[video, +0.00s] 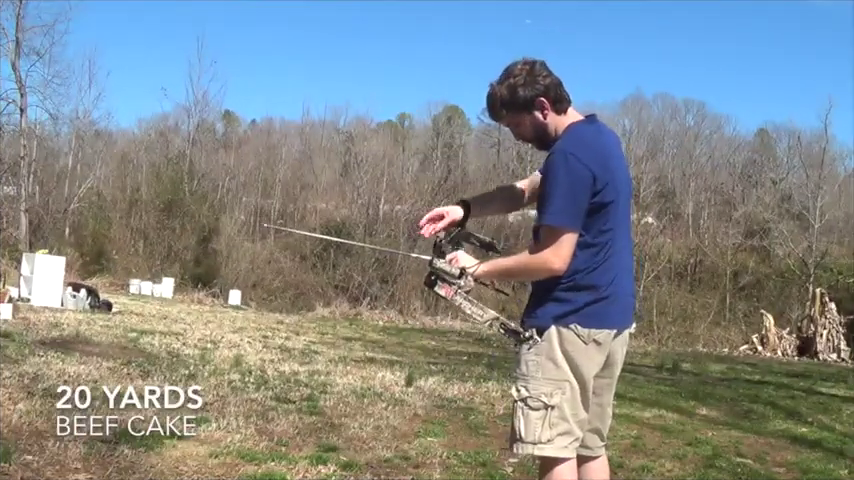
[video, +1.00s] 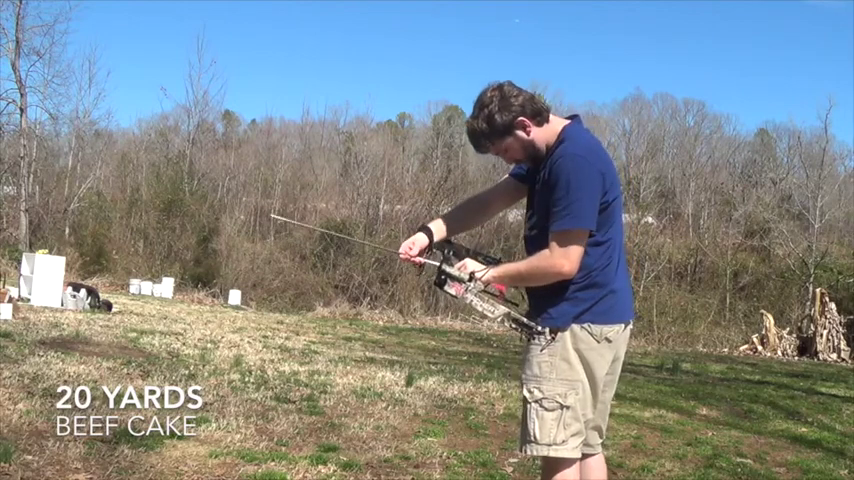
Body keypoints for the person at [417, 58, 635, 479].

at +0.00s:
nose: (515, 137)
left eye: (514, 126)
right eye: (510, 128)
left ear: (542, 108)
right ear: (547, 106)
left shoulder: (570, 155)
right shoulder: (600, 139)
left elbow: (553, 259)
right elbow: (527, 191)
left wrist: (477, 270)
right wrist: (463, 209)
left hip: (567, 320)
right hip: (610, 317)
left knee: (555, 450)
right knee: (590, 446)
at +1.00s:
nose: (507, 162)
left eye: (504, 153)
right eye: (500, 156)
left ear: (524, 127)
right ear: (525, 123)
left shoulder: (573, 158)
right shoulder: (557, 148)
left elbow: (563, 261)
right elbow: (493, 200)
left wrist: (489, 274)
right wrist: (431, 232)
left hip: (574, 321)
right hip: (594, 318)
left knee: (559, 450)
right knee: (587, 445)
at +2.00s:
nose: (503, 166)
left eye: (499, 158)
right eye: (496, 162)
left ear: (516, 132)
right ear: (518, 127)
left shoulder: (568, 160)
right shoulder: (558, 148)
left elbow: (562, 263)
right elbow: (498, 202)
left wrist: (491, 277)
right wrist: (440, 234)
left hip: (572, 319)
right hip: (592, 316)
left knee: (558, 449)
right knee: (586, 445)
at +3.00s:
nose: (500, 166)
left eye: (496, 159)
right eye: (493, 163)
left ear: (512, 132)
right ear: (514, 128)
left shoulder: (565, 159)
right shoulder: (555, 149)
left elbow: (563, 263)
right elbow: (494, 203)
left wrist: (490, 279)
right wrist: (437, 235)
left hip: (570, 319)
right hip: (590, 316)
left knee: (557, 449)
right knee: (585, 445)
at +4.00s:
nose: (496, 158)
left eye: (493, 148)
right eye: (489, 153)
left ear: (513, 123)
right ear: (516, 121)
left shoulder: (562, 157)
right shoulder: (549, 149)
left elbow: (562, 261)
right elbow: (492, 205)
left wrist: (488, 279)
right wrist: (433, 239)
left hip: (569, 319)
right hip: (590, 317)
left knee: (557, 450)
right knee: (585, 446)